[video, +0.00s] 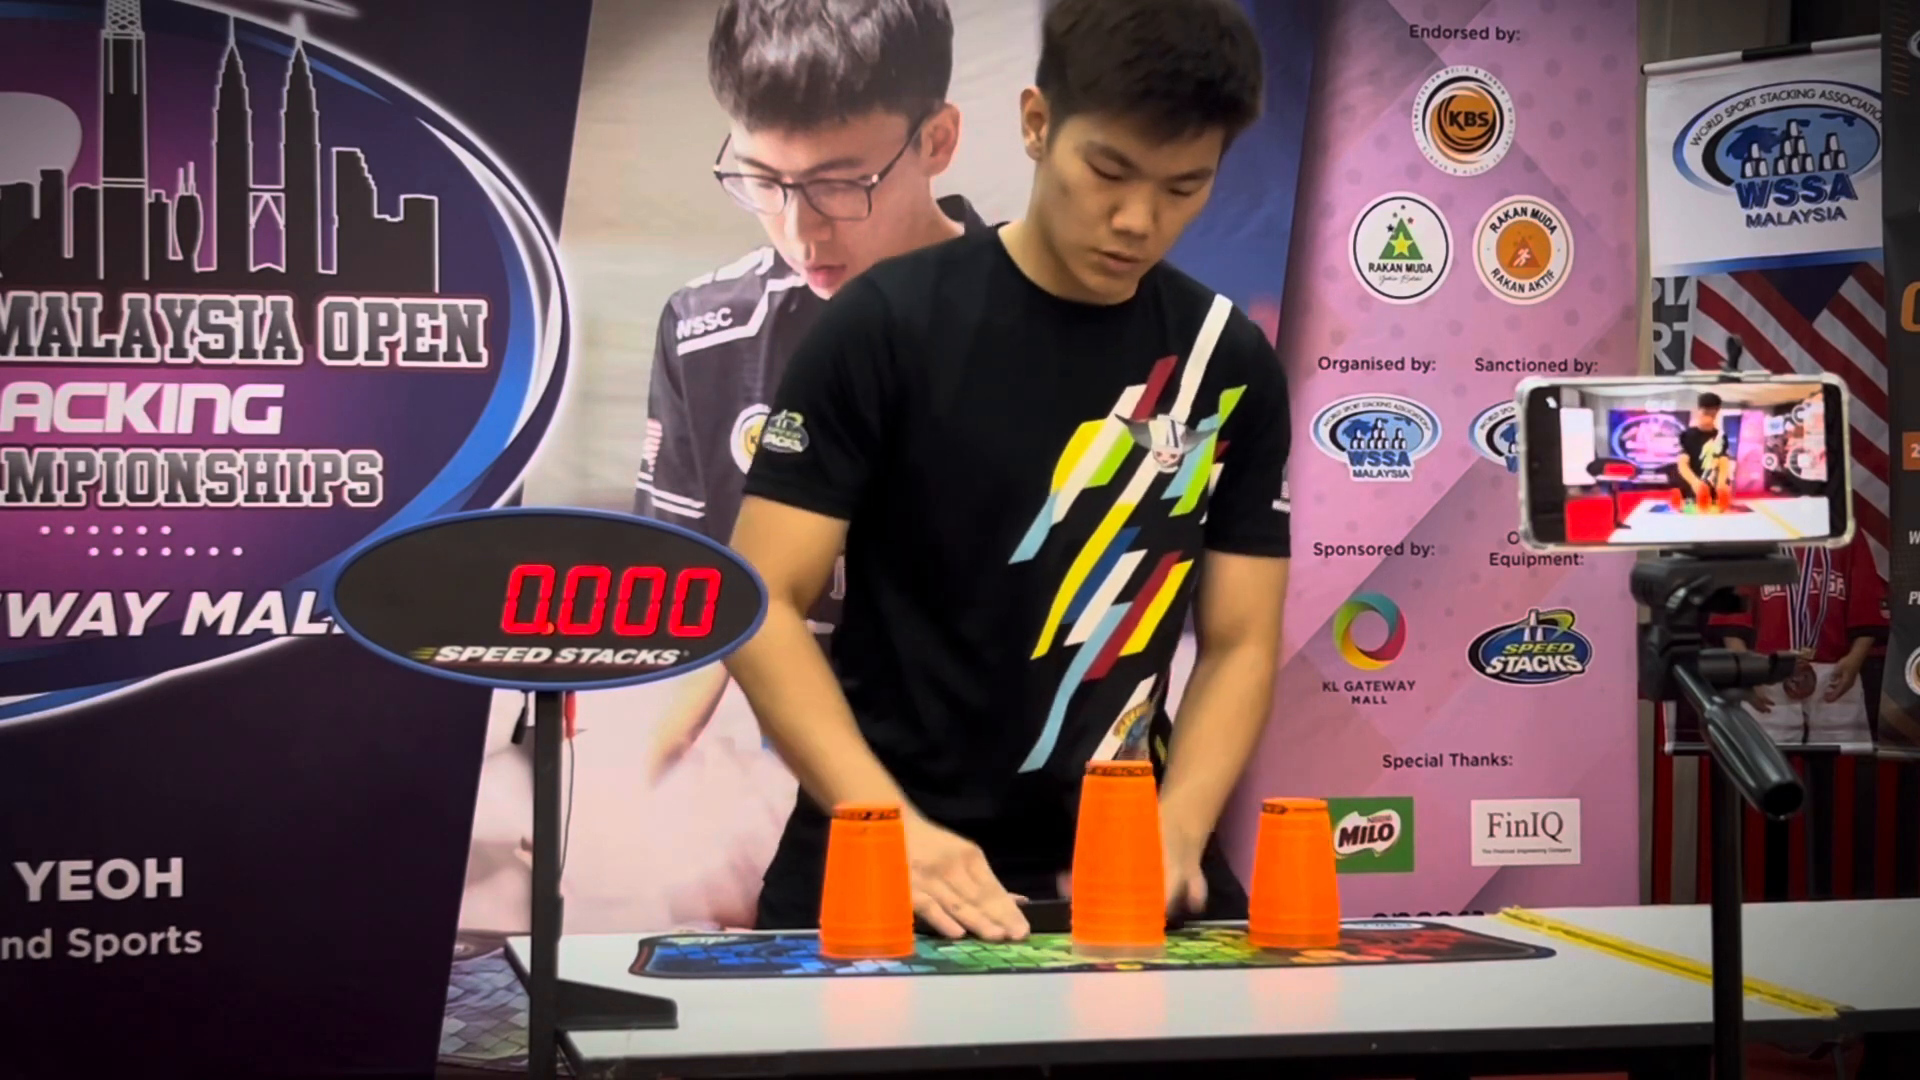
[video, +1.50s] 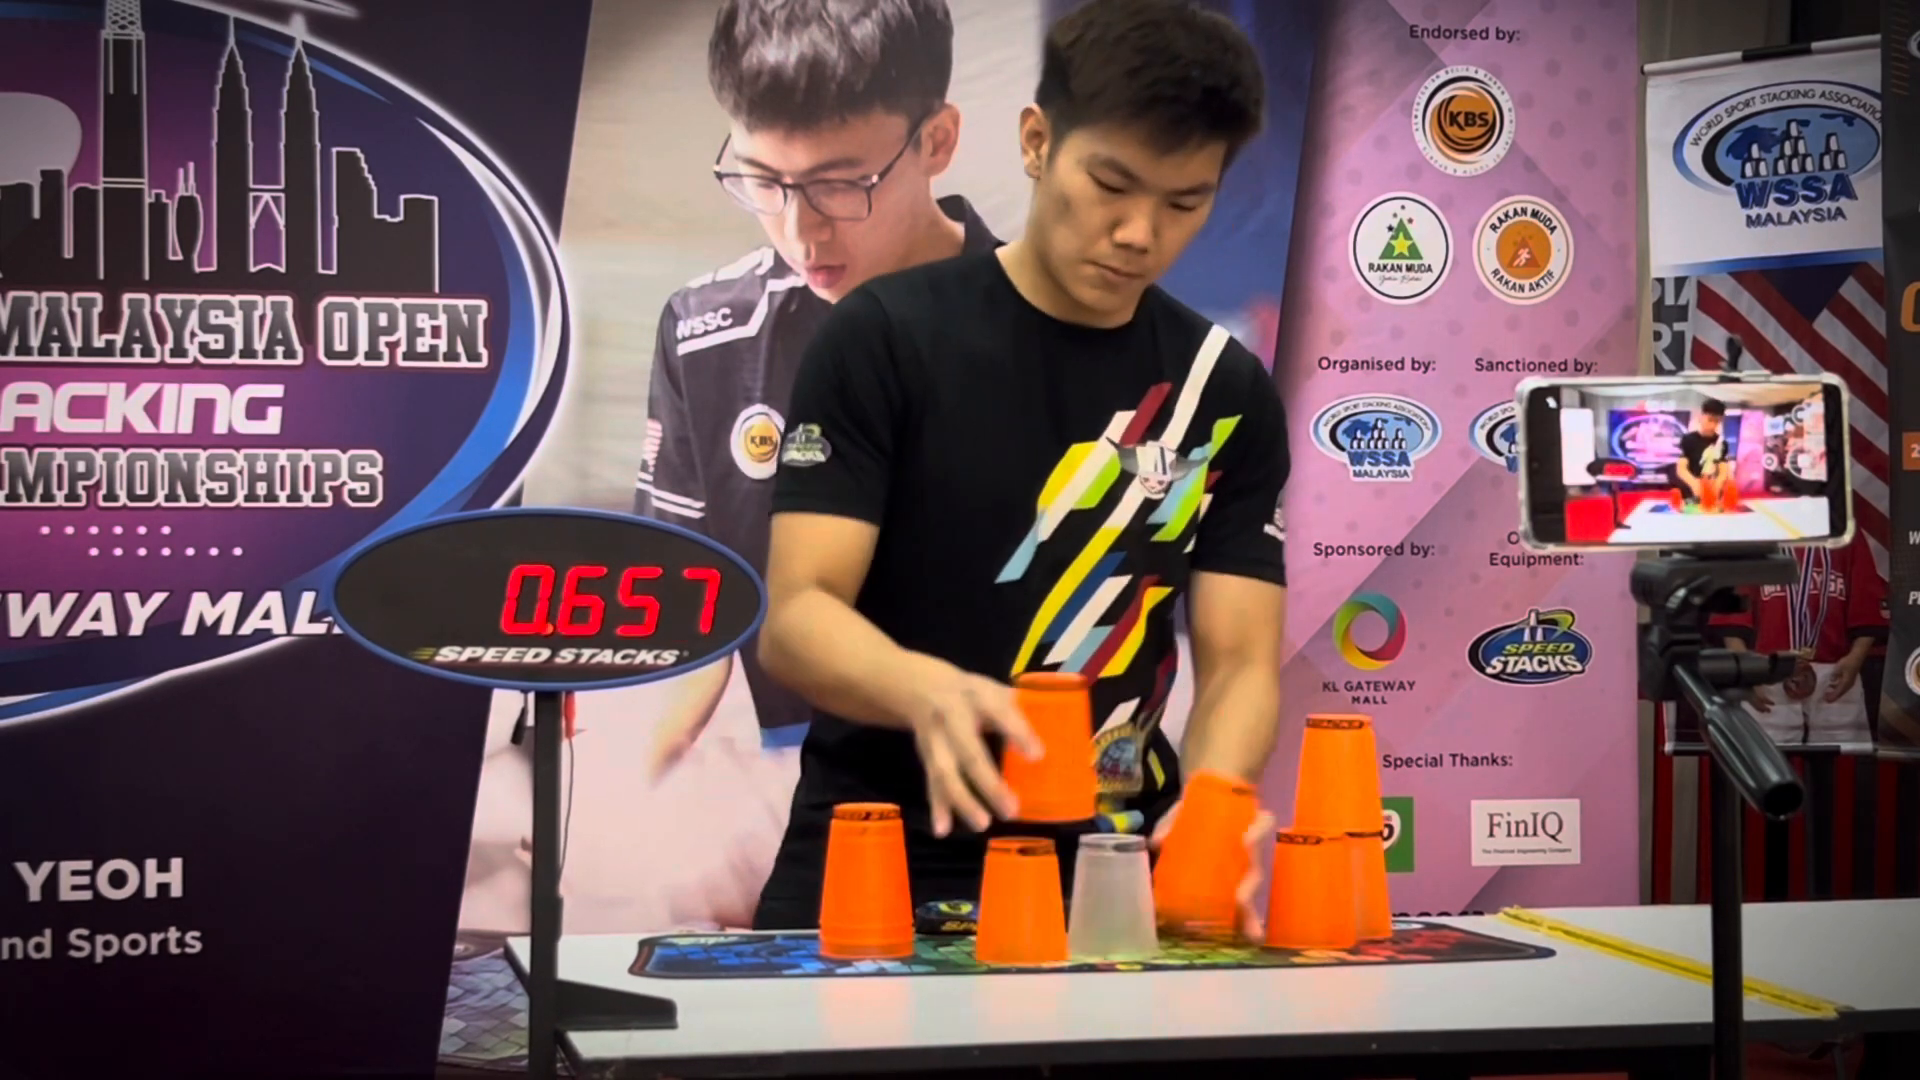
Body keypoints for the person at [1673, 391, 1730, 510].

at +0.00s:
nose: (1708, 418)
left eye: (1712, 414)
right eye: (1705, 413)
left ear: (1716, 413)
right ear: (1699, 411)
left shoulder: (1720, 437)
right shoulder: (1688, 435)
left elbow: (1723, 463)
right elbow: (1682, 465)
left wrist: (1721, 485)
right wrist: (1697, 485)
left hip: (1714, 494)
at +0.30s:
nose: (1709, 422)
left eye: (1713, 418)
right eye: (1706, 417)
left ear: (1717, 418)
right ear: (1700, 415)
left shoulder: (1720, 440)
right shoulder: (1688, 437)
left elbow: (1723, 469)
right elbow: (1673, 464)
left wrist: (1714, 495)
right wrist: (1686, 495)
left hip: (1710, 498)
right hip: (1690, 498)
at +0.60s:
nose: (1708, 425)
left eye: (1713, 421)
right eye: (1706, 420)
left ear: (1717, 420)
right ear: (1699, 417)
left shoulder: (1720, 443)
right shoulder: (1687, 439)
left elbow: (1723, 471)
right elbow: (1672, 464)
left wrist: (1714, 495)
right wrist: (1685, 495)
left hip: (1710, 500)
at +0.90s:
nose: (1709, 426)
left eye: (1713, 422)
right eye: (1706, 421)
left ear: (1717, 421)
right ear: (1699, 418)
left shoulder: (1720, 443)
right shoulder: (1686, 439)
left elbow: (1724, 469)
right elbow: (1672, 465)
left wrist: (1714, 494)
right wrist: (1688, 494)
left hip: (1711, 500)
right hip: (1690, 500)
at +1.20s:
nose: (1714, 426)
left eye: (1717, 422)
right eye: (1711, 421)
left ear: (1721, 422)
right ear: (1702, 418)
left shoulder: (1721, 443)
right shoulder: (1690, 440)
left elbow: (1724, 467)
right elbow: (1688, 470)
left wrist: (1726, 482)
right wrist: (1713, 480)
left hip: (1715, 496)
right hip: (1693, 495)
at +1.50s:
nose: (1712, 425)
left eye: (1716, 421)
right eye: (1710, 420)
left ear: (1720, 422)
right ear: (1701, 418)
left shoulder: (1721, 443)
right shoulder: (1689, 439)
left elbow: (1723, 471)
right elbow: (1681, 469)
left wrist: (1715, 489)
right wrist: (1696, 486)